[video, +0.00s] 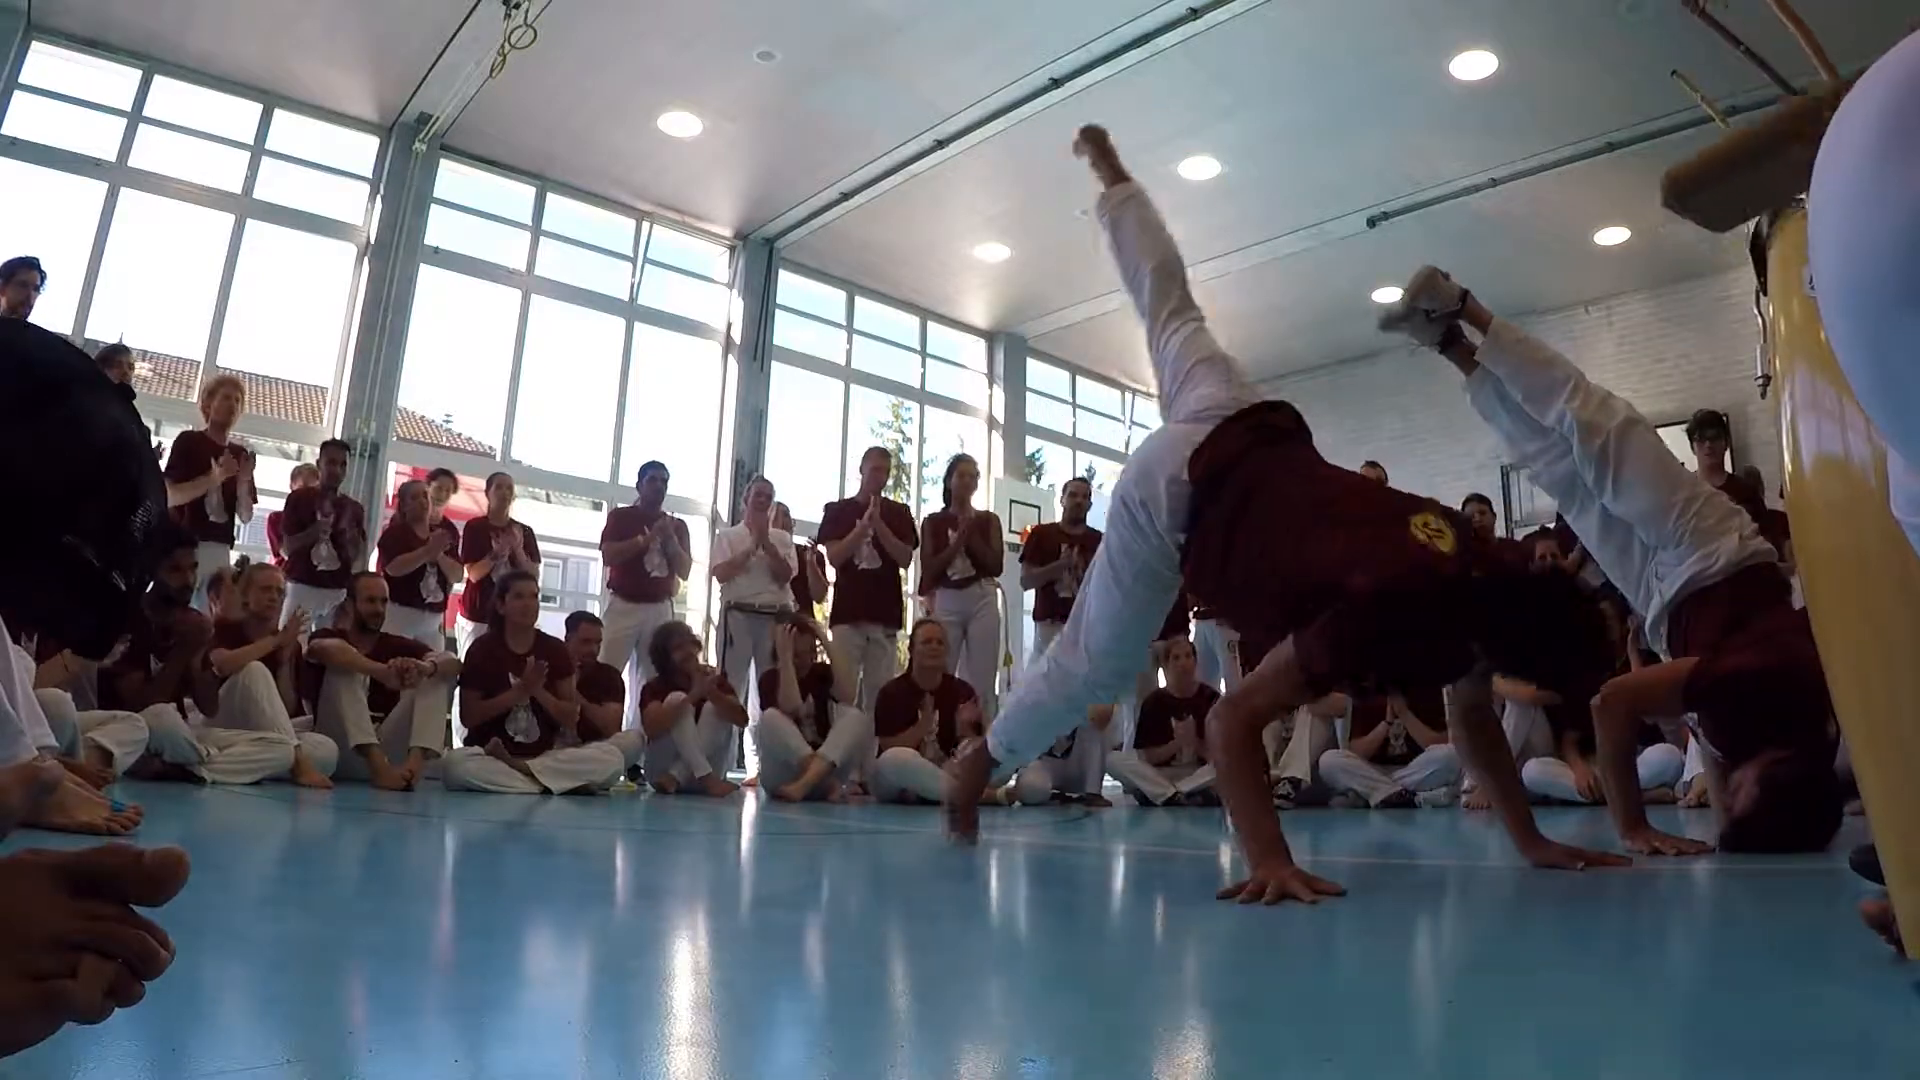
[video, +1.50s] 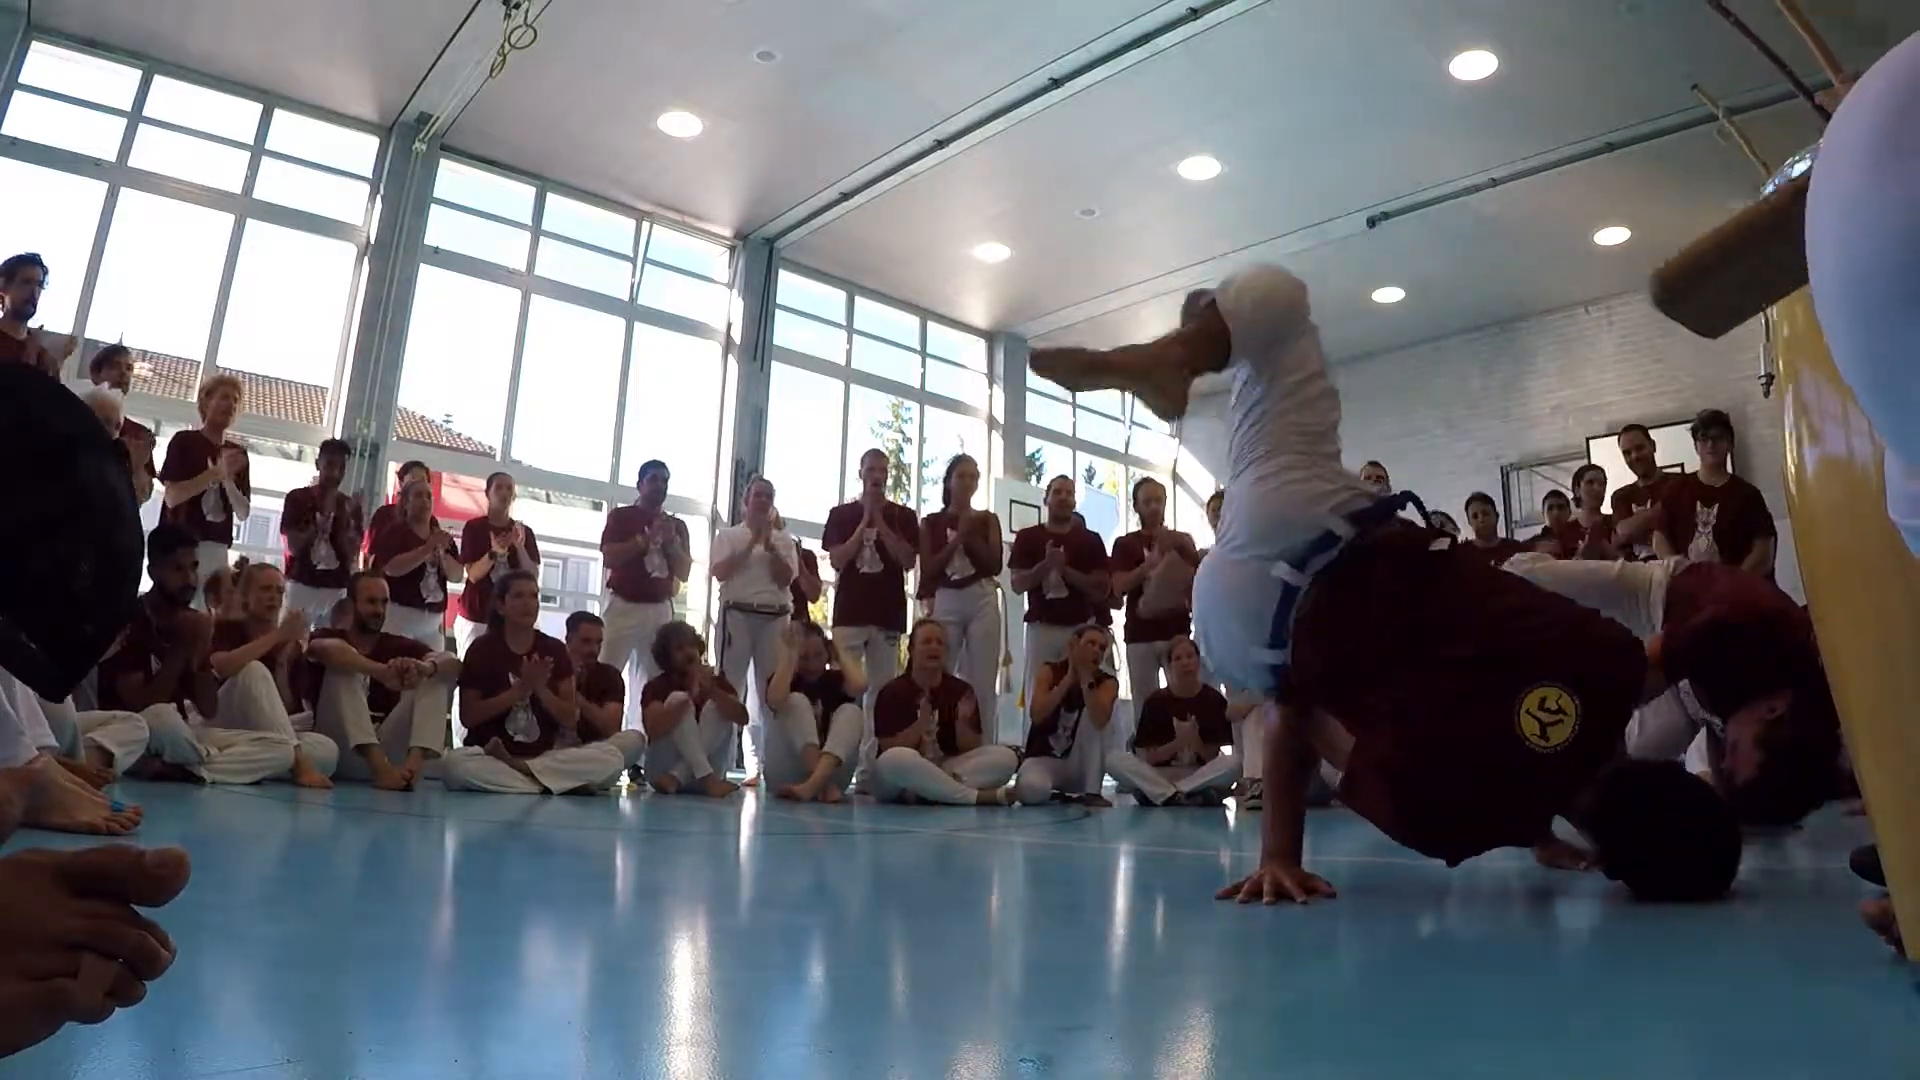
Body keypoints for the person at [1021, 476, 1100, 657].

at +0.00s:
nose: (1079, 501)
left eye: (1085, 497)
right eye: (1073, 495)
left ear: (1090, 504)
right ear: (1062, 500)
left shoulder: (1099, 540)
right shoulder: (1041, 534)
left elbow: (1108, 583)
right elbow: (1026, 581)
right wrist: (1060, 566)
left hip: (1085, 625)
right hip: (1049, 625)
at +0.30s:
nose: (1069, 501)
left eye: (1074, 497)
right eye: (1063, 495)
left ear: (1080, 503)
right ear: (1051, 499)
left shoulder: (1093, 541)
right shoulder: (1030, 534)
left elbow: (1105, 584)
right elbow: (1017, 578)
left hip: (1084, 630)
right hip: (1043, 626)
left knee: (1082, 700)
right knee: (1038, 699)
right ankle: (1036, 760)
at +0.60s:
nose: (1062, 499)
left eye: (1068, 496)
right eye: (1057, 493)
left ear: (1073, 502)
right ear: (1045, 497)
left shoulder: (1087, 538)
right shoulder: (1023, 537)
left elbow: (1099, 585)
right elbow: (1012, 586)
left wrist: (1061, 569)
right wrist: (1037, 567)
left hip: (1078, 631)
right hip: (1040, 630)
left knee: (1079, 704)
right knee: (1036, 703)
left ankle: (1078, 767)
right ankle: (1035, 766)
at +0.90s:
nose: (1062, 499)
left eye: (1067, 495)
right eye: (1056, 493)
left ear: (1073, 502)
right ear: (1044, 497)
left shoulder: (1085, 539)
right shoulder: (1023, 538)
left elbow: (1097, 584)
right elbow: (1009, 586)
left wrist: (1064, 568)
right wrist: (1029, 570)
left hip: (1076, 629)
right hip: (1039, 629)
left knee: (1076, 701)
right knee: (1035, 700)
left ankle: (1073, 765)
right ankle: (1035, 763)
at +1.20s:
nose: (1062, 499)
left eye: (1068, 495)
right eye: (1056, 494)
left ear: (1074, 502)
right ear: (1045, 499)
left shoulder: (1088, 540)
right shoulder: (1026, 538)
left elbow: (1101, 586)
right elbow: (1013, 586)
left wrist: (1062, 568)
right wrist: (1041, 565)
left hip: (1080, 630)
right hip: (1040, 629)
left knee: (1082, 704)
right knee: (1037, 705)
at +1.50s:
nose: (1064, 497)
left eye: (1069, 493)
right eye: (1058, 492)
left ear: (1075, 500)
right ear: (1047, 498)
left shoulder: (1091, 540)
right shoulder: (1027, 537)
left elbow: (1101, 589)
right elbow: (1018, 584)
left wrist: (1063, 569)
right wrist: (1047, 564)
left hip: (1082, 629)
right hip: (1042, 629)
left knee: (1082, 702)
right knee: (1038, 701)